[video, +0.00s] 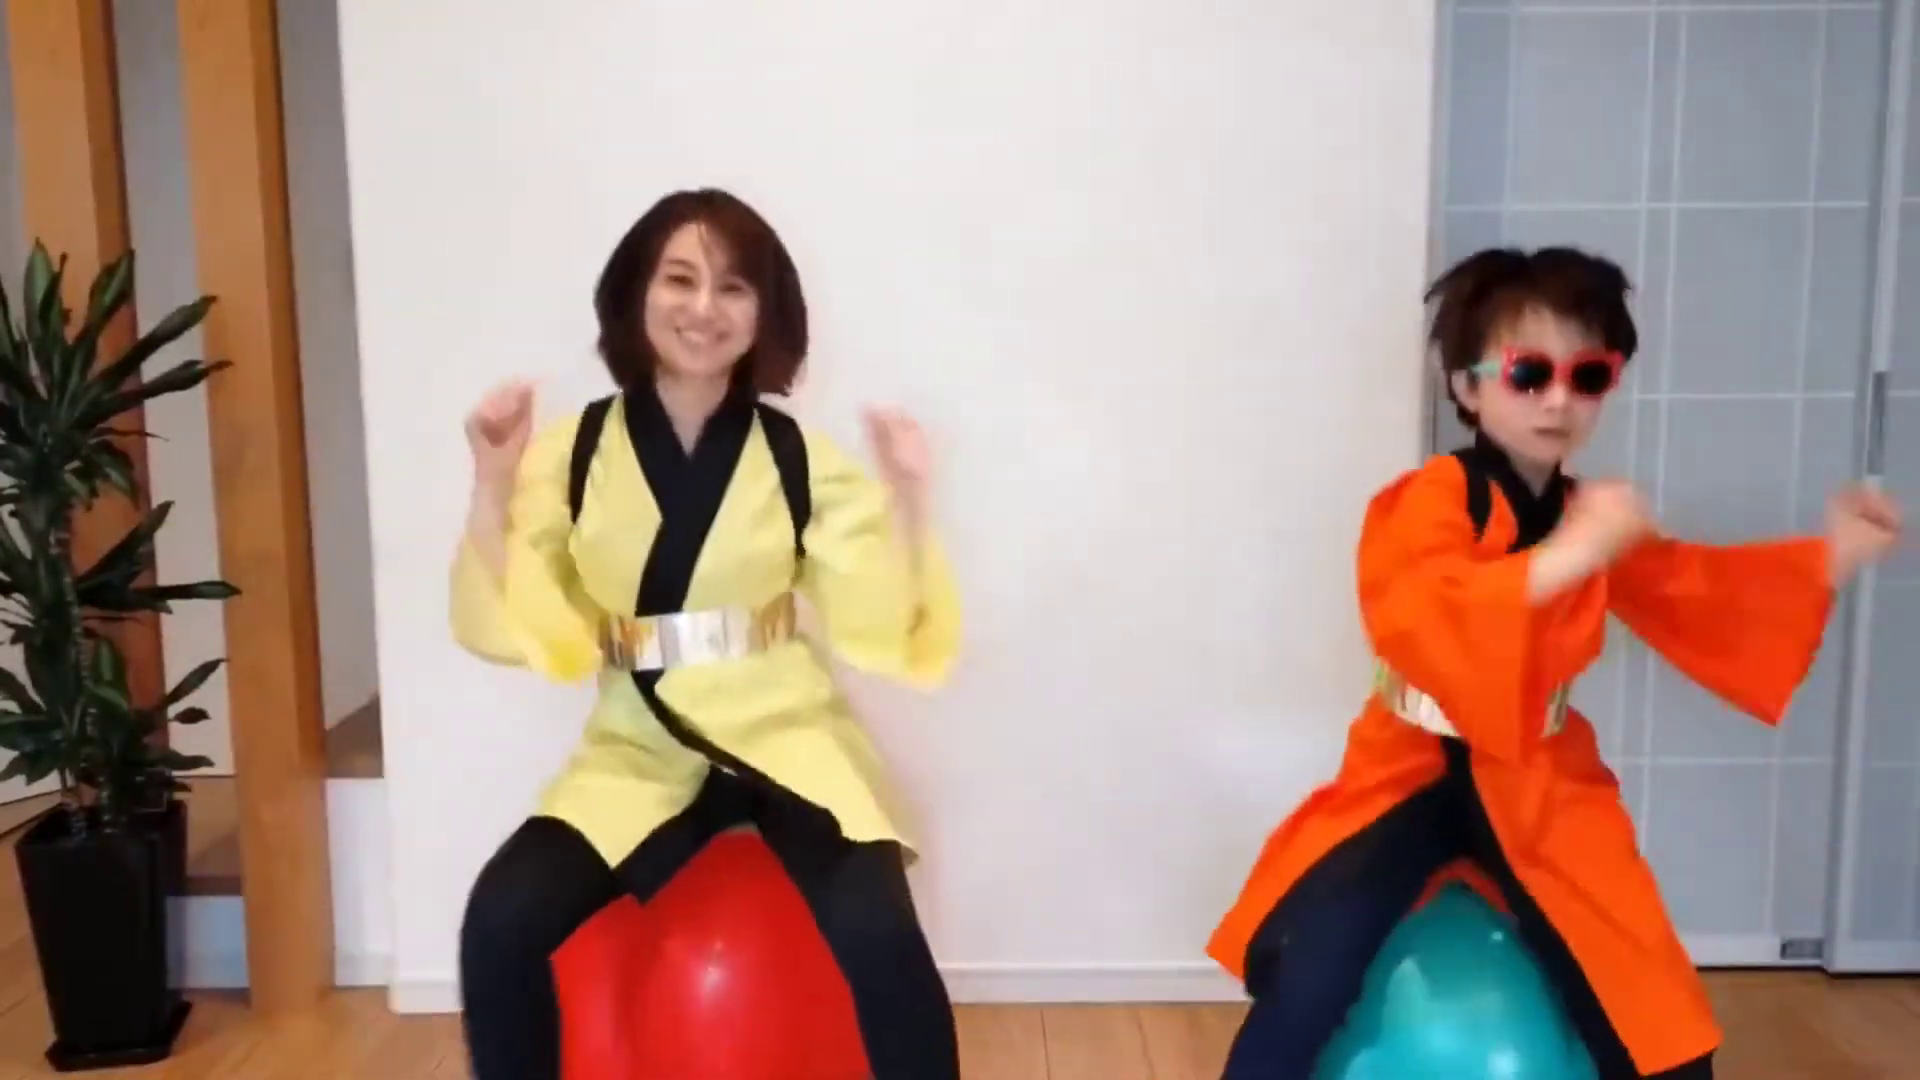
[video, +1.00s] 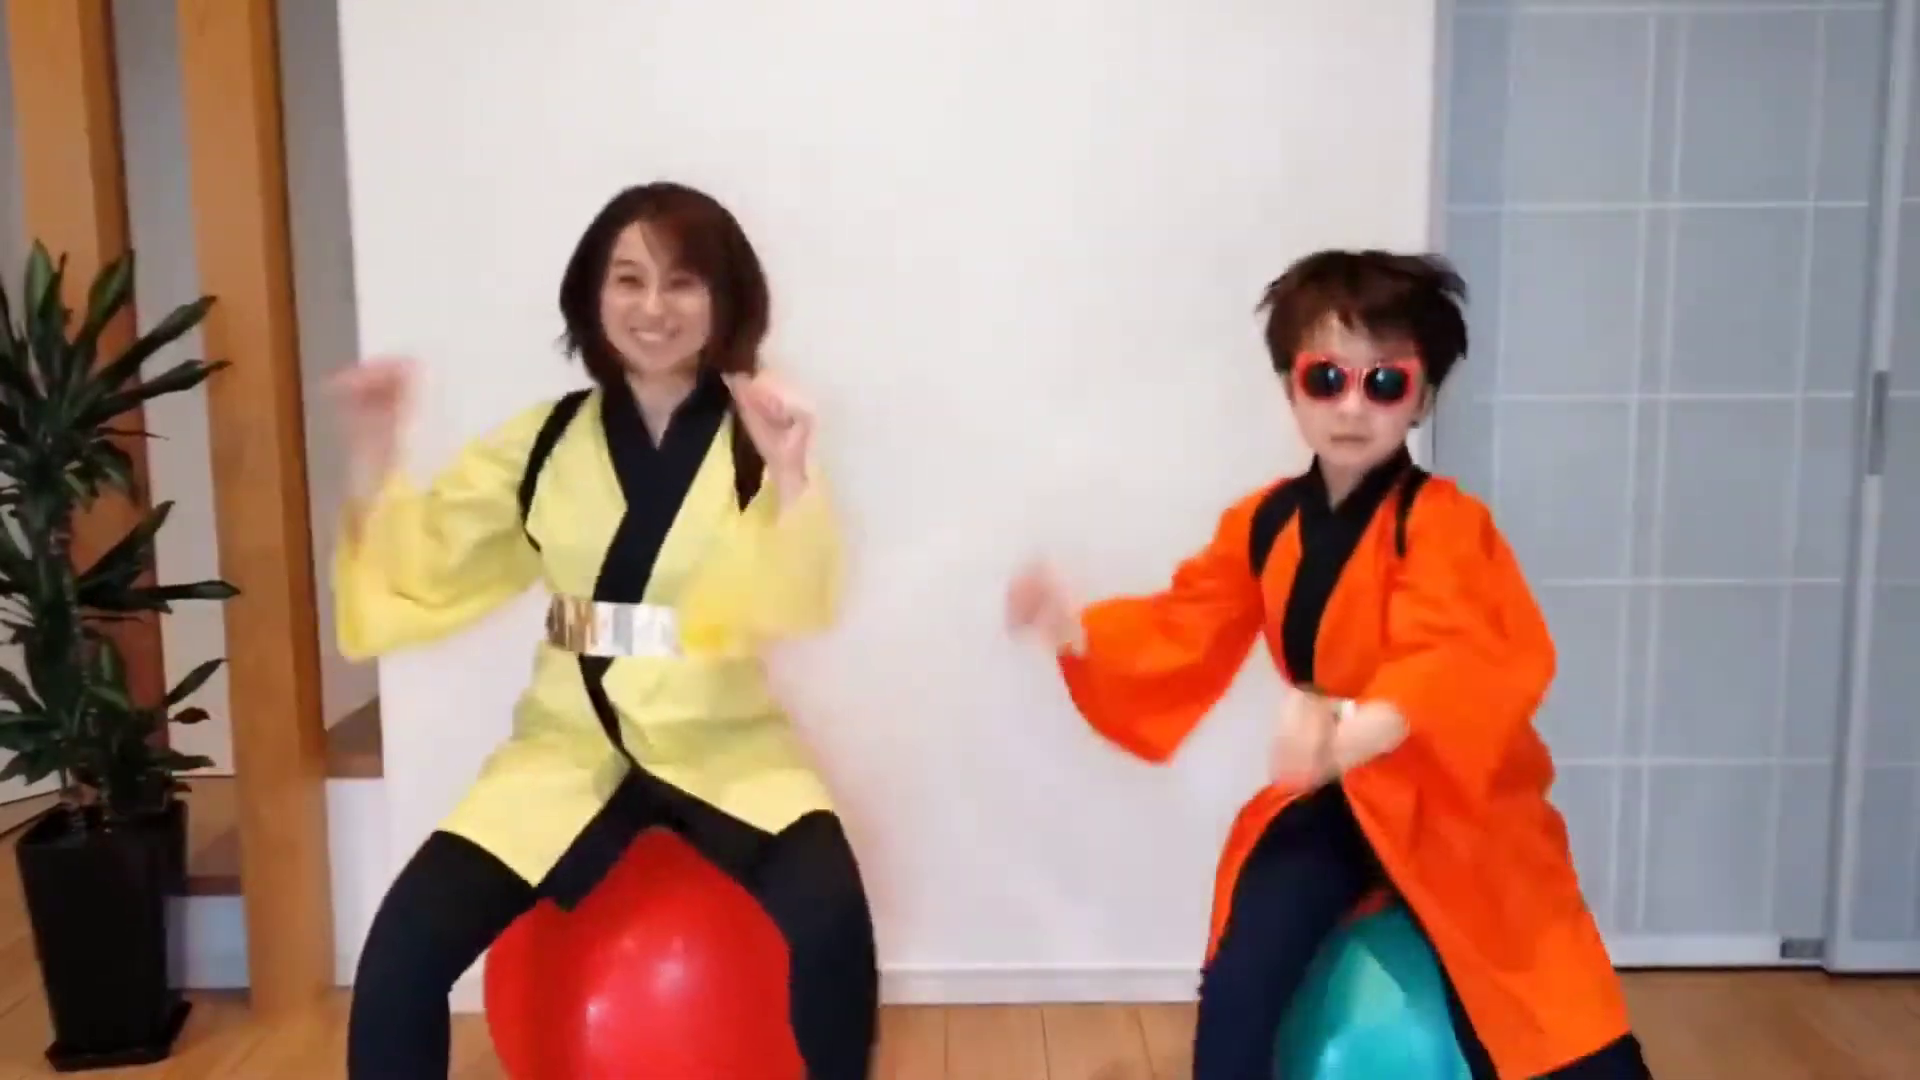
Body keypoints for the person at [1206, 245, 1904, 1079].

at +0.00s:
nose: (1560, 399)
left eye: (1587, 377)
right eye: (1529, 373)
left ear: (1609, 391)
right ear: (1467, 389)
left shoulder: (1591, 517)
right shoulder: (1421, 504)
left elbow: (1698, 589)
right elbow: (1423, 618)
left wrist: (1828, 555)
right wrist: (1563, 558)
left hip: (1537, 780)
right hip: (1408, 774)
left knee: (1643, 1006)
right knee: (1306, 965)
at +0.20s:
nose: (1529, 563)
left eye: (1558, 541)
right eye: (1498, 538)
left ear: (1579, 557)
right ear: (1446, 557)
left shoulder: (1590, 676)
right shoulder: (1397, 666)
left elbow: (1689, 803)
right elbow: (1304, 815)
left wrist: (1693, 688)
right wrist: (1392, 716)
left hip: (1525, 921)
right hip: (1391, 909)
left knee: (1612, 1055)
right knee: (1280, 1009)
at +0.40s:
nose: (1479, 457)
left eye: (1511, 431)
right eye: (1447, 429)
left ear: (1546, 436)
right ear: (1409, 431)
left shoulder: (1576, 554)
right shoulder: (1367, 542)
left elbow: (1614, 718)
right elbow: (1301, 676)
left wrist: (1659, 718)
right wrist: (1283, 753)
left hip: (1532, 829)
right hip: (1387, 822)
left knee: (1633, 983)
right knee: (1302, 970)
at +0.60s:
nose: (1415, 489)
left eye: (1451, 469)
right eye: (1388, 461)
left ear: (1480, 495)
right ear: (1347, 478)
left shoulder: (1512, 613)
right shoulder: (1309, 606)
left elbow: (1574, 769)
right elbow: (1260, 747)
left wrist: (1505, 916)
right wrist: (1231, 874)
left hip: (1494, 867)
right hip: (1361, 859)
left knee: (1609, 1028)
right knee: (1251, 951)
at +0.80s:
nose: (1351, 513)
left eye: (1386, 494)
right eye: (1327, 484)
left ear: (1423, 522)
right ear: (1295, 500)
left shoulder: (1434, 653)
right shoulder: (1272, 638)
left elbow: (1407, 840)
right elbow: (1204, 776)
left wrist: (1357, 1011)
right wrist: (1108, 899)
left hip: (1454, 895)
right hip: (1337, 883)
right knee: (1197, 986)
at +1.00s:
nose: (1351, 406)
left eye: (1385, 381)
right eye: (1324, 377)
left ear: (1422, 398)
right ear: (1288, 388)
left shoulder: (1446, 524)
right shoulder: (1266, 524)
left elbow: (1471, 662)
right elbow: (1183, 632)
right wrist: (1069, 626)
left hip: (1466, 800)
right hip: (1339, 794)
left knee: (1549, 1003)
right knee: (1253, 950)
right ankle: (1225, 1063)